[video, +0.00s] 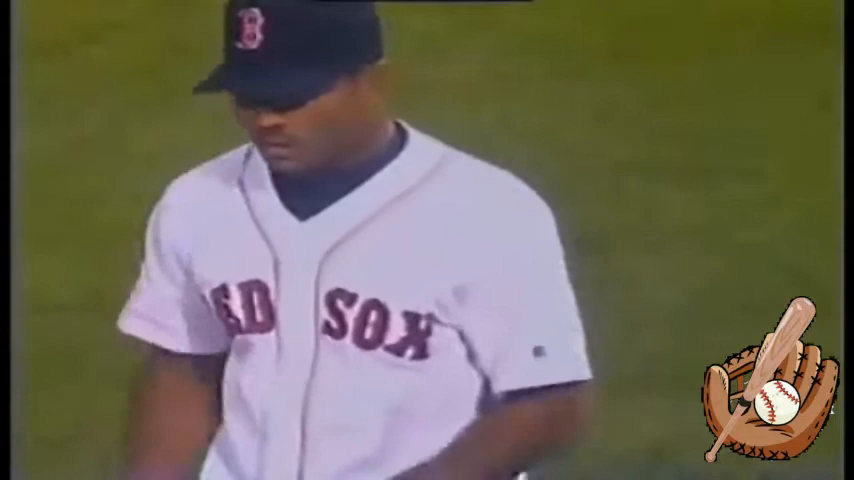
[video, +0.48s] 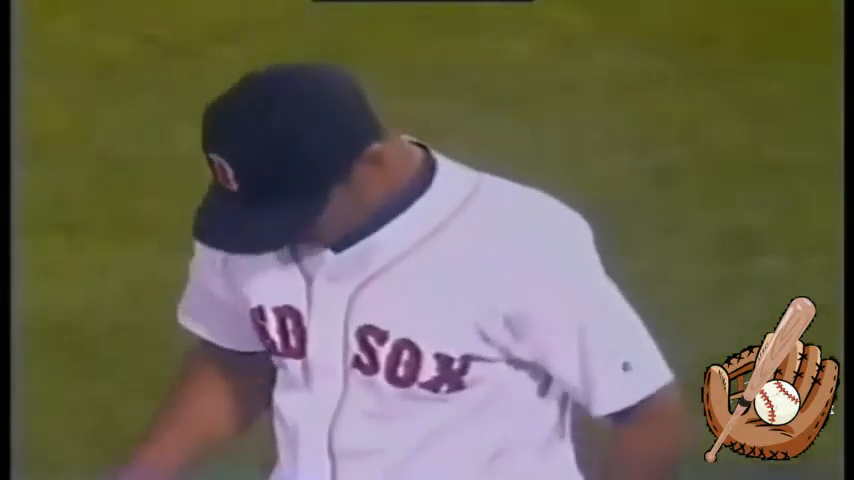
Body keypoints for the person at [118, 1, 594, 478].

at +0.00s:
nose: (263, 120)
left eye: (291, 95)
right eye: (246, 95)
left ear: (368, 81)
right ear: (228, 85)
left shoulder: (495, 216)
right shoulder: (196, 207)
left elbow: (552, 406)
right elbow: (181, 371)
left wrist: (427, 476)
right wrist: (156, 473)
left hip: (407, 468)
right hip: (243, 471)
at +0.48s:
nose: (283, 242)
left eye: (297, 220)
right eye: (265, 224)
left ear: (367, 165)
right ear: (239, 191)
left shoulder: (531, 241)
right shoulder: (244, 225)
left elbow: (658, 421)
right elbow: (233, 365)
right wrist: (145, 468)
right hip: (308, 469)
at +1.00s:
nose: (296, 313)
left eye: (321, 290)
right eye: (277, 295)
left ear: (392, 220)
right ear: (257, 234)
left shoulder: (550, 276)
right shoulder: (252, 229)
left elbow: (665, 446)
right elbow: (219, 385)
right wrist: (165, 468)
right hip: (307, 468)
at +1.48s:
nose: (333, 289)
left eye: (344, 265)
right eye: (306, 274)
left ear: (402, 198)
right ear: (267, 228)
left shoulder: (571, 241)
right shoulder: (258, 235)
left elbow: (691, 408)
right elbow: (246, 381)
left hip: (556, 467)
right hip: (348, 467)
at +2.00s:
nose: (412, 248)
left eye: (432, 225)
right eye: (392, 229)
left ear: (498, 167)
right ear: (355, 172)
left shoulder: (657, 206)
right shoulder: (330, 182)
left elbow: (782, 372)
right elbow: (298, 335)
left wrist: (744, 450)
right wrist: (251, 462)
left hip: (622, 466)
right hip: (401, 464)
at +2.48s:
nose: (294, 247)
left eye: (320, 223)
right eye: (275, 224)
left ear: (394, 158)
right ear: (245, 170)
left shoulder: (534, 200)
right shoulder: (208, 179)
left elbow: (681, 369)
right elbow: (159, 332)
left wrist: (710, 465)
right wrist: (123, 465)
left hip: (484, 473)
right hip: (269, 471)